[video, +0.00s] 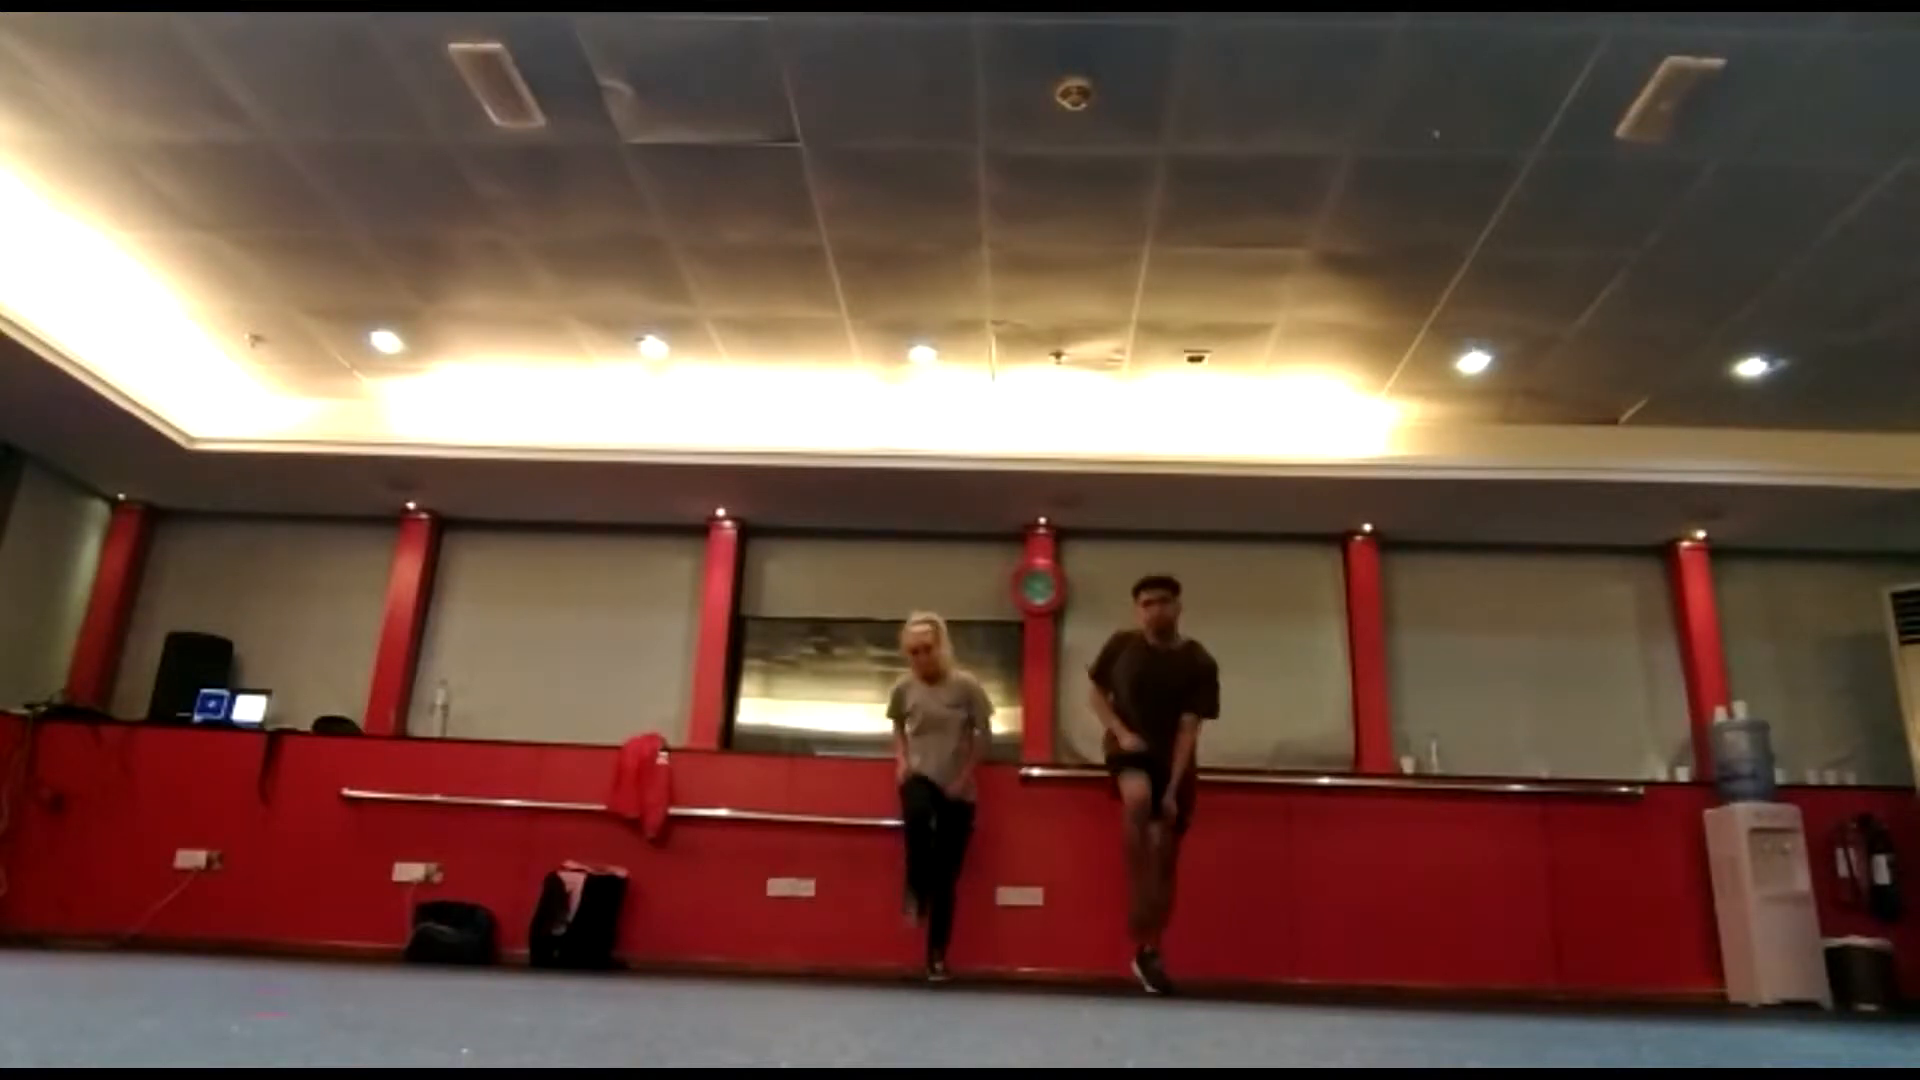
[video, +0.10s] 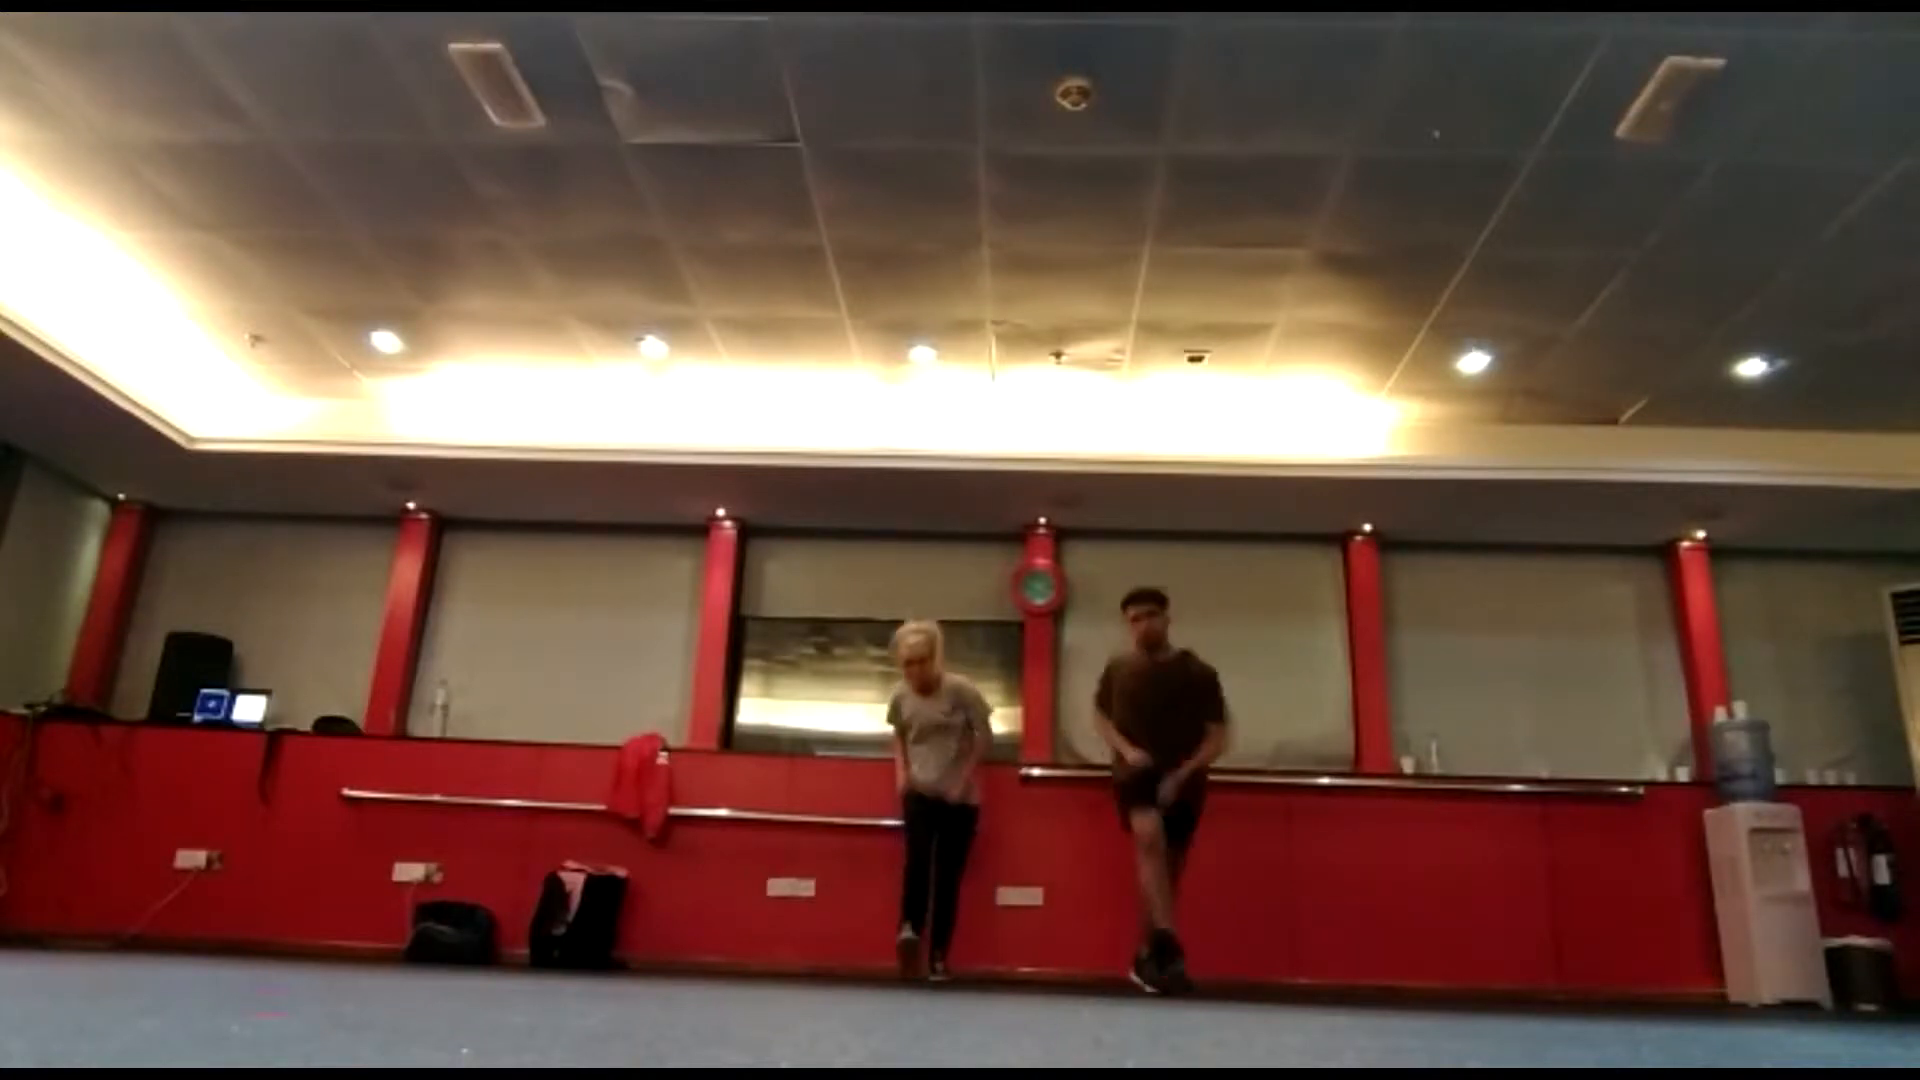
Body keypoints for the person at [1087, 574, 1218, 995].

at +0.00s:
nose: (1154, 610)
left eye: (1162, 602)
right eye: (1147, 603)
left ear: (1177, 607)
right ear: (1137, 609)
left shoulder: (1197, 660)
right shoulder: (1122, 646)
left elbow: (1188, 730)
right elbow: (1097, 692)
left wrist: (1172, 788)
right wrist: (1120, 732)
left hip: (1173, 754)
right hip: (1131, 745)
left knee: (1162, 846)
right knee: (1137, 797)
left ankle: (1151, 948)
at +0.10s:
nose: (1144, 626)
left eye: (1151, 617)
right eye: (1136, 619)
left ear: (1166, 619)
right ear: (1126, 626)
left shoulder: (1197, 674)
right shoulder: (1118, 672)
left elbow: (1216, 737)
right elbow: (1101, 718)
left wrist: (1182, 773)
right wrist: (1124, 749)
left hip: (1183, 773)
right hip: (1138, 769)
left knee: (1170, 862)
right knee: (1147, 836)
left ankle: (1149, 953)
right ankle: (1166, 939)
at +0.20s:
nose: (1127, 653)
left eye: (1134, 643)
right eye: (1119, 646)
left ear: (1151, 645)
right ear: (1112, 654)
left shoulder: (1189, 685)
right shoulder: (1118, 702)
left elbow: (1251, 714)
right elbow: (1109, 752)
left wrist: (1197, 744)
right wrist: (1132, 771)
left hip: (1198, 797)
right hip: (1152, 794)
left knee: (1178, 888)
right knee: (1160, 846)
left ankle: (1146, 960)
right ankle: (1183, 960)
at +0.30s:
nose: (1122, 647)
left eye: (1129, 637)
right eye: (1113, 641)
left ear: (1145, 638)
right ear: (1105, 648)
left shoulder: (1187, 670)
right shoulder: (1118, 698)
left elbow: (1249, 695)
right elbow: (1119, 753)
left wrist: (1200, 731)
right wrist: (1143, 766)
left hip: (1210, 783)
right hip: (1162, 785)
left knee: (1191, 879)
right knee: (1170, 845)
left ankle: (1153, 950)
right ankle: (1188, 958)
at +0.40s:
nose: (1132, 614)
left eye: (1138, 603)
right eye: (1124, 608)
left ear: (1156, 604)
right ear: (1116, 616)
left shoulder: (1198, 636)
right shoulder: (1122, 666)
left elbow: (1250, 665)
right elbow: (1111, 728)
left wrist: (1219, 708)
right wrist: (1158, 734)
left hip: (1216, 759)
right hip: (1165, 764)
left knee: (1223, 852)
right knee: (1176, 844)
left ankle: (1196, 880)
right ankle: (1188, 959)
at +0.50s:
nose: (1147, 592)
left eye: (1153, 581)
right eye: (1138, 584)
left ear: (1171, 582)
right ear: (1128, 591)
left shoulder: (1206, 615)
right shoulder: (1126, 640)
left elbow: (1256, 630)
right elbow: (1070, 676)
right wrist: (1104, 701)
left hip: (1218, 742)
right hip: (1166, 751)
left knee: (1234, 821)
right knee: (1179, 845)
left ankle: (1232, 834)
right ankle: (1188, 960)